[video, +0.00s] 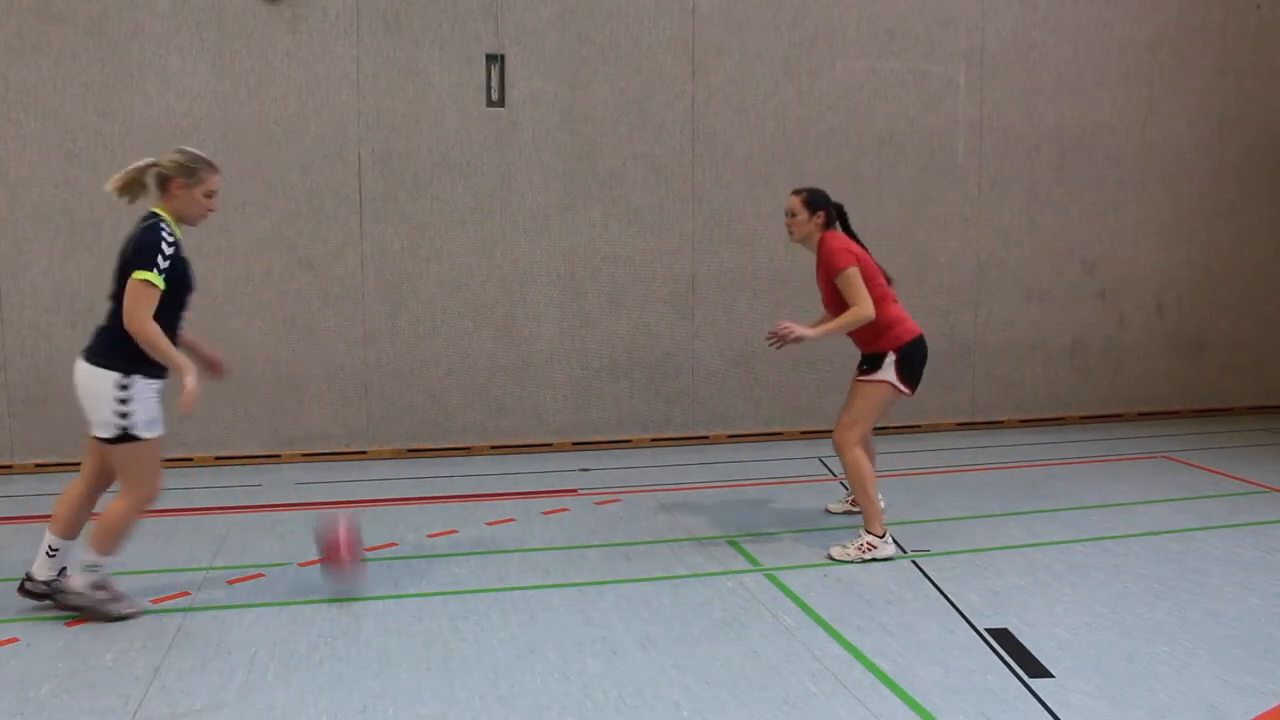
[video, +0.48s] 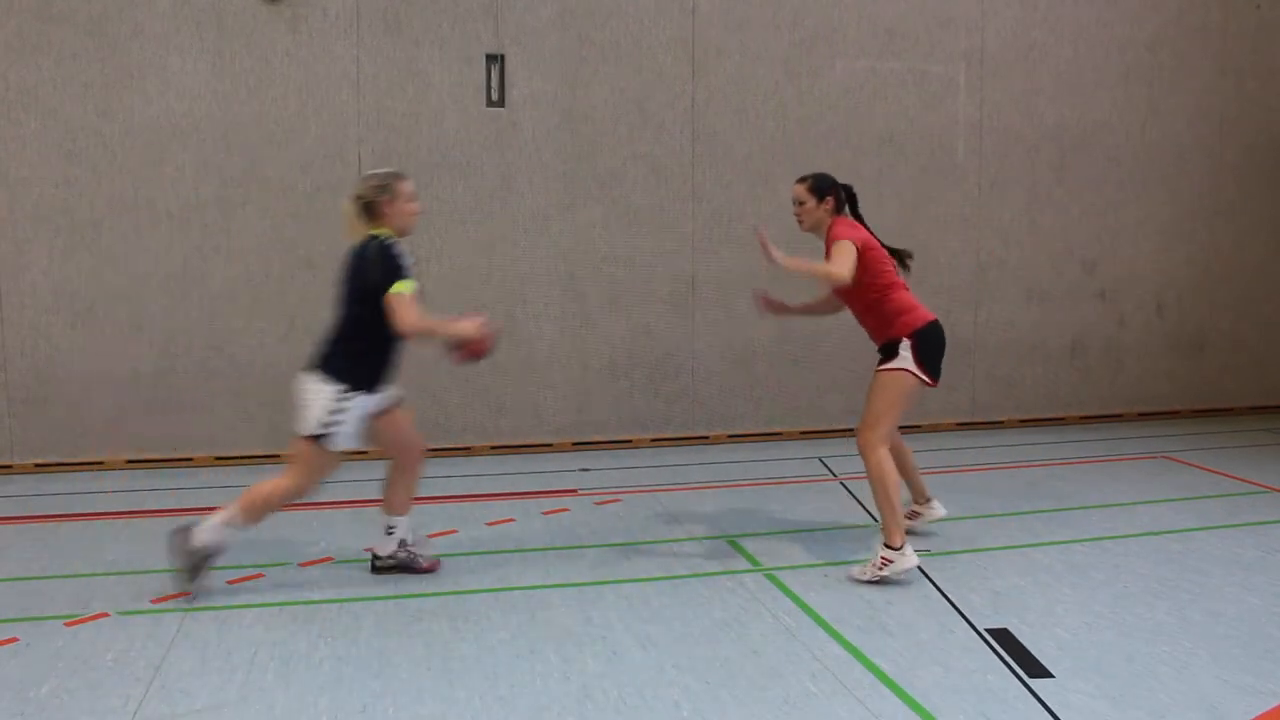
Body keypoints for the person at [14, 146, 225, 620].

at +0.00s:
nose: (213, 205)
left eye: (215, 196)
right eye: (208, 195)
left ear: (176, 191)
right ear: (177, 188)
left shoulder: (160, 233)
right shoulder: (158, 238)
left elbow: (158, 312)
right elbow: (136, 319)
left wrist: (197, 349)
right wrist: (182, 367)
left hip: (106, 370)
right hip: (122, 377)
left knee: (96, 475)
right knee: (142, 486)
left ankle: (43, 574)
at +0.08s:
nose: (233, 211)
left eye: (236, 202)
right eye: (229, 201)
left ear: (200, 195)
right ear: (198, 192)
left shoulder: (185, 240)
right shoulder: (176, 241)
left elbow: (190, 317)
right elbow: (150, 318)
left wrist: (243, 346)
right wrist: (199, 364)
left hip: (125, 372)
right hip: (146, 380)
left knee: (105, 477)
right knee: (183, 484)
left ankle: (46, 570)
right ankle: (124, 578)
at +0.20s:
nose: (274, 216)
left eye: (275, 207)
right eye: (269, 206)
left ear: (241, 203)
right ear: (240, 201)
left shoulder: (230, 249)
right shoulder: (219, 250)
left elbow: (244, 319)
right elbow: (217, 325)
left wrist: (296, 345)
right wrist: (287, 344)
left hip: (185, 380)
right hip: (188, 385)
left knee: (198, 479)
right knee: (213, 488)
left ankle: (110, 535)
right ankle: (136, 573)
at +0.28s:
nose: (312, 225)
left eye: (312, 215)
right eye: (306, 215)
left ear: (277, 217)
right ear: (277, 216)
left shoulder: (263, 261)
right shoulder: (262, 265)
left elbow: (278, 340)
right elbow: (278, 343)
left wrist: (325, 353)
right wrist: (328, 357)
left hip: (228, 393)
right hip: (209, 395)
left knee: (279, 465)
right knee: (228, 501)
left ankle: (197, 535)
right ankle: (139, 572)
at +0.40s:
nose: (376, 220)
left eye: (375, 211)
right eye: (369, 212)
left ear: (340, 221)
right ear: (343, 220)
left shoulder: (325, 263)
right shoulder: (337, 270)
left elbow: (345, 341)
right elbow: (358, 348)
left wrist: (388, 362)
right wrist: (397, 356)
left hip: (301, 394)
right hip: (274, 397)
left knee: (365, 440)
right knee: (240, 495)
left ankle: (376, 541)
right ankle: (151, 565)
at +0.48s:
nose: (417, 207)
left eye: (415, 199)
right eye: (409, 200)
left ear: (384, 209)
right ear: (384, 208)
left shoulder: (382, 251)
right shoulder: (380, 253)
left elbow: (402, 322)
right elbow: (407, 321)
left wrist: (450, 337)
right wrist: (460, 328)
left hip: (367, 386)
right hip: (336, 387)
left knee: (409, 451)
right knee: (298, 480)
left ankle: (393, 548)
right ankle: (200, 539)